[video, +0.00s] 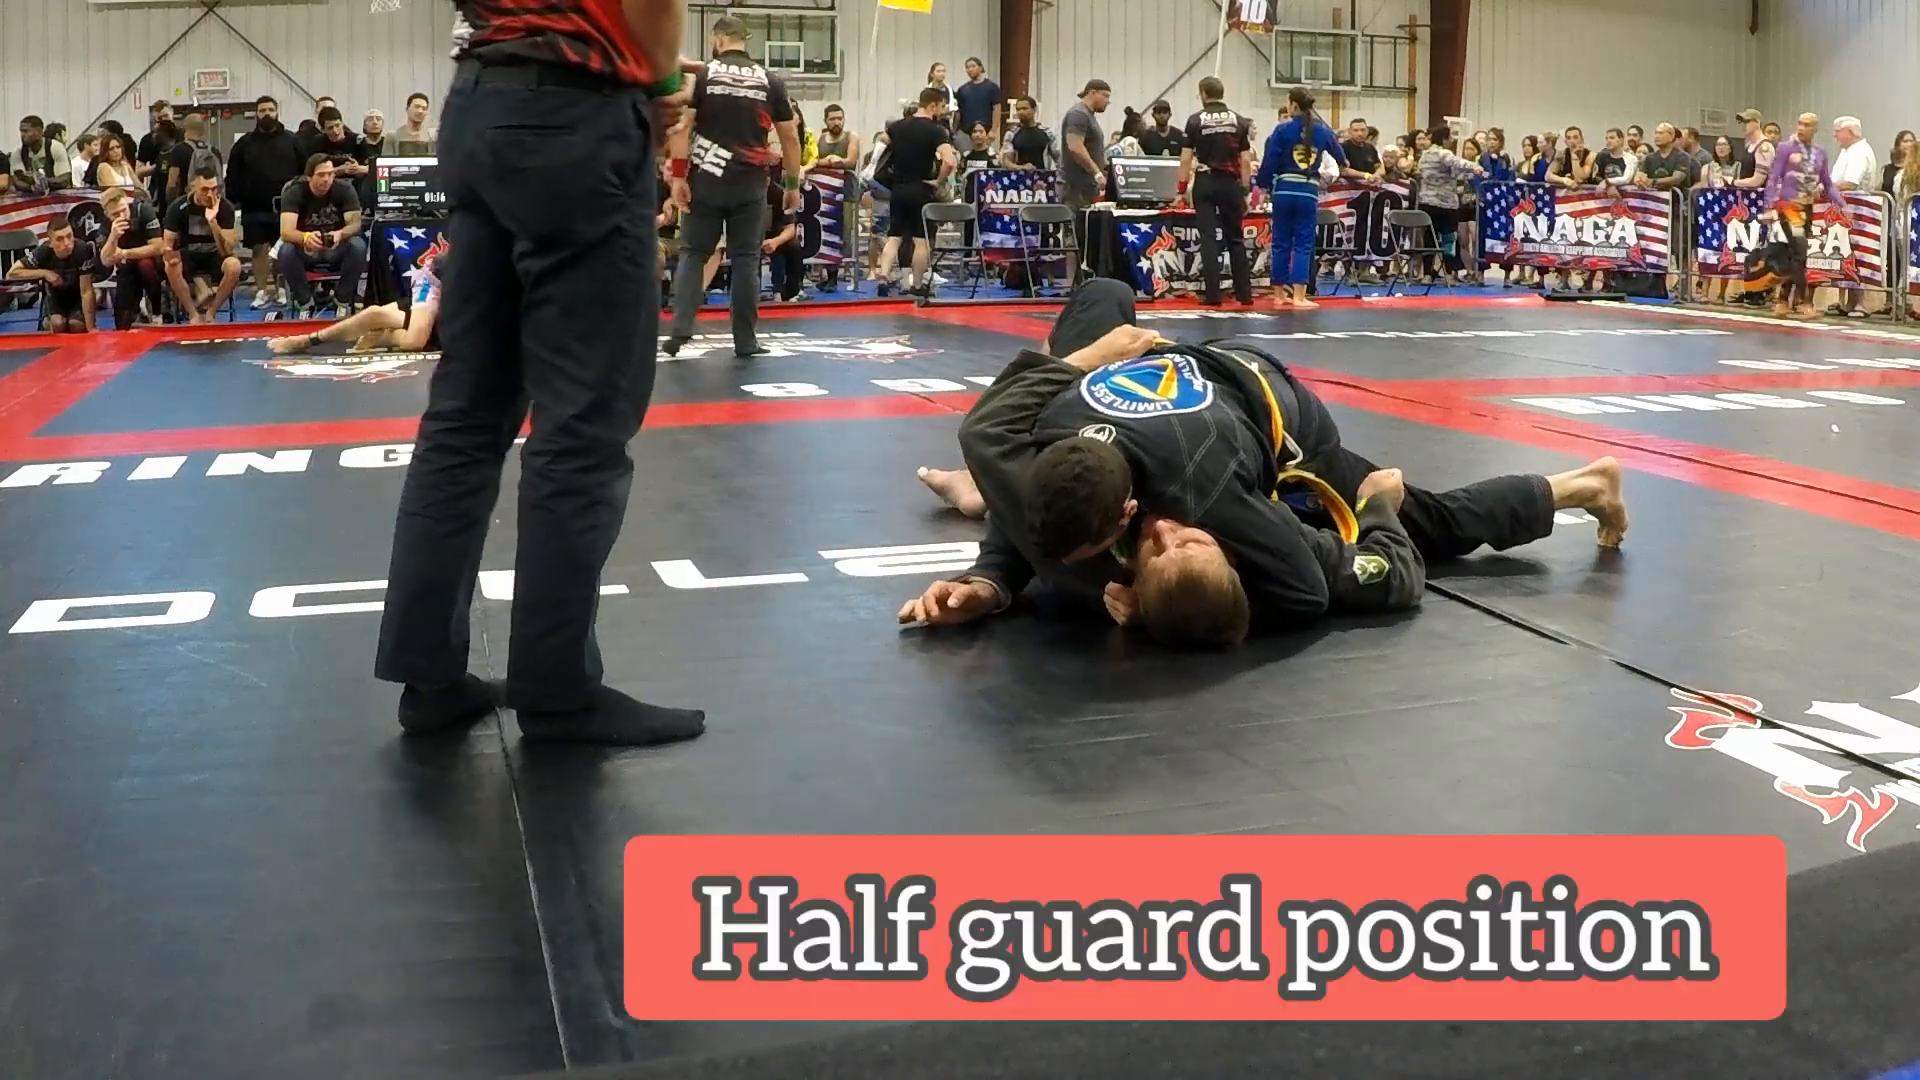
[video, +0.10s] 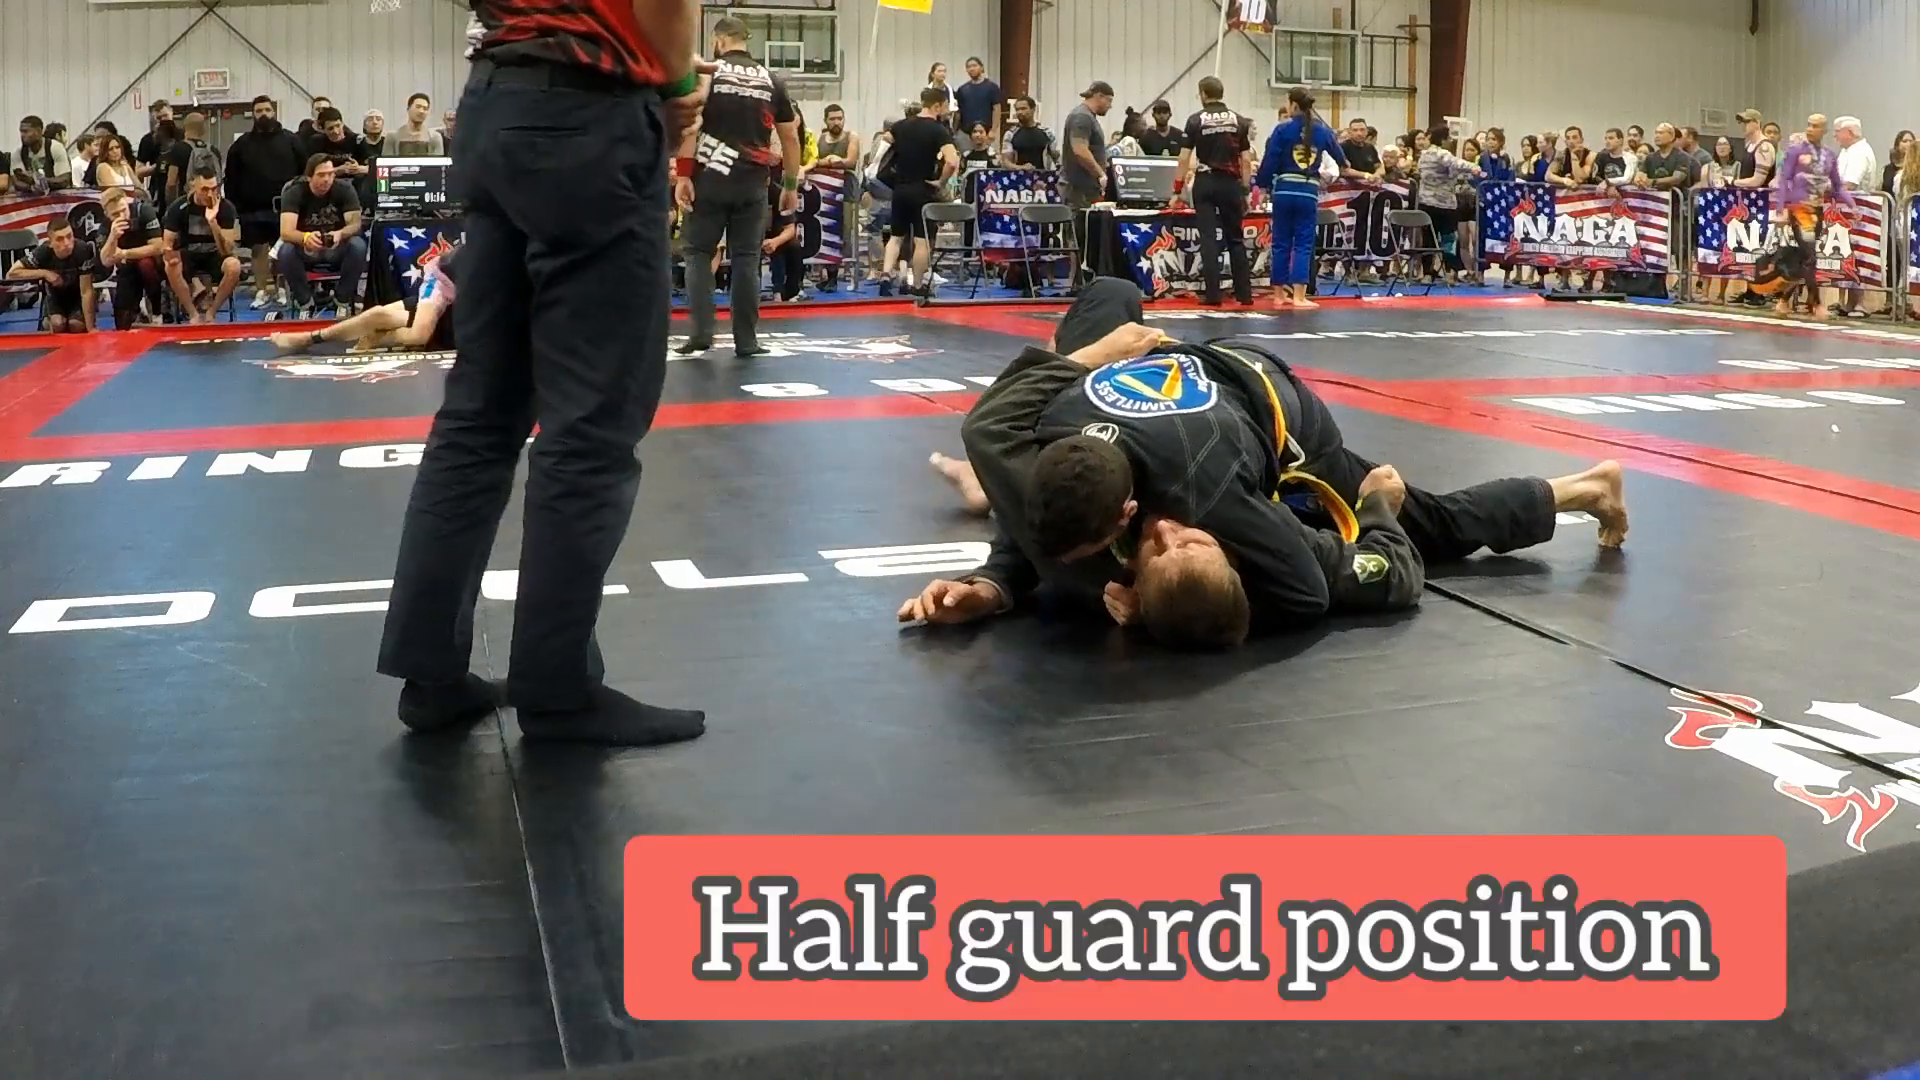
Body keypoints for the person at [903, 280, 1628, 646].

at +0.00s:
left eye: (1117, 558)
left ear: (1125, 534)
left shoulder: (1202, 503)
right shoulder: (1006, 460)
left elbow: (1314, 594)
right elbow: (1022, 551)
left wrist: (1153, 611)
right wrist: (986, 586)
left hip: (1273, 413)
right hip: (1181, 360)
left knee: (1411, 529)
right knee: (1092, 291)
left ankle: (1585, 486)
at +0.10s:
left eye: (1119, 556)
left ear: (1126, 533)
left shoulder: (1204, 499)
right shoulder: (1009, 461)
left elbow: (1322, 593)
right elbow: (1029, 561)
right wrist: (988, 591)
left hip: (1272, 408)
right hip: (1184, 359)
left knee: (1415, 530)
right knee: (1100, 286)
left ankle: (1587, 489)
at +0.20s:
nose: (1152, 540)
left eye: (1123, 546)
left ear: (1122, 520)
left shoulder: (1206, 494)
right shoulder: (1012, 452)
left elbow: (1309, 603)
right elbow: (1040, 558)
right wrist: (990, 591)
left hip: (1278, 414)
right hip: (1188, 360)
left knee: (1416, 530)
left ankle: (1587, 491)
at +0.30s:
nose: (1109, 549)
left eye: (1114, 543)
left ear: (1134, 507)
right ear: (1028, 489)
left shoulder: (1209, 496)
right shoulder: (1022, 430)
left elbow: (1312, 606)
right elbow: (1037, 548)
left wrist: (1156, 609)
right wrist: (991, 593)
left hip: (1287, 411)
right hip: (1192, 361)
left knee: (1421, 527)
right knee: (1107, 284)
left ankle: (1587, 486)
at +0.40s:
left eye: (1128, 536)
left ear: (1136, 503)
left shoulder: (1214, 486)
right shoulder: (1027, 424)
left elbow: (1320, 597)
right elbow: (1054, 551)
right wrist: (1004, 590)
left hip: (1295, 413)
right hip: (1202, 358)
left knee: (1420, 532)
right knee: (1111, 279)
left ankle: (1587, 475)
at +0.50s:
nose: (1190, 531)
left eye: (1151, 543)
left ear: (1140, 500)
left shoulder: (1220, 487)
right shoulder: (1022, 421)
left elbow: (1335, 583)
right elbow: (1066, 550)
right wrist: (1025, 583)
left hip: (1299, 410)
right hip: (1205, 354)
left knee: (1421, 529)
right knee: (1103, 280)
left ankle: (1580, 470)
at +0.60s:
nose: (1194, 529)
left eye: (1156, 534)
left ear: (1137, 496)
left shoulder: (1219, 481)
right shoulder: (1020, 418)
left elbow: (1320, 590)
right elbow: (1067, 541)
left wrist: (1154, 599)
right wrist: (1032, 583)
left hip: (1300, 410)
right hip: (1209, 354)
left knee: (1418, 530)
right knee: (1096, 277)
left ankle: (1581, 469)